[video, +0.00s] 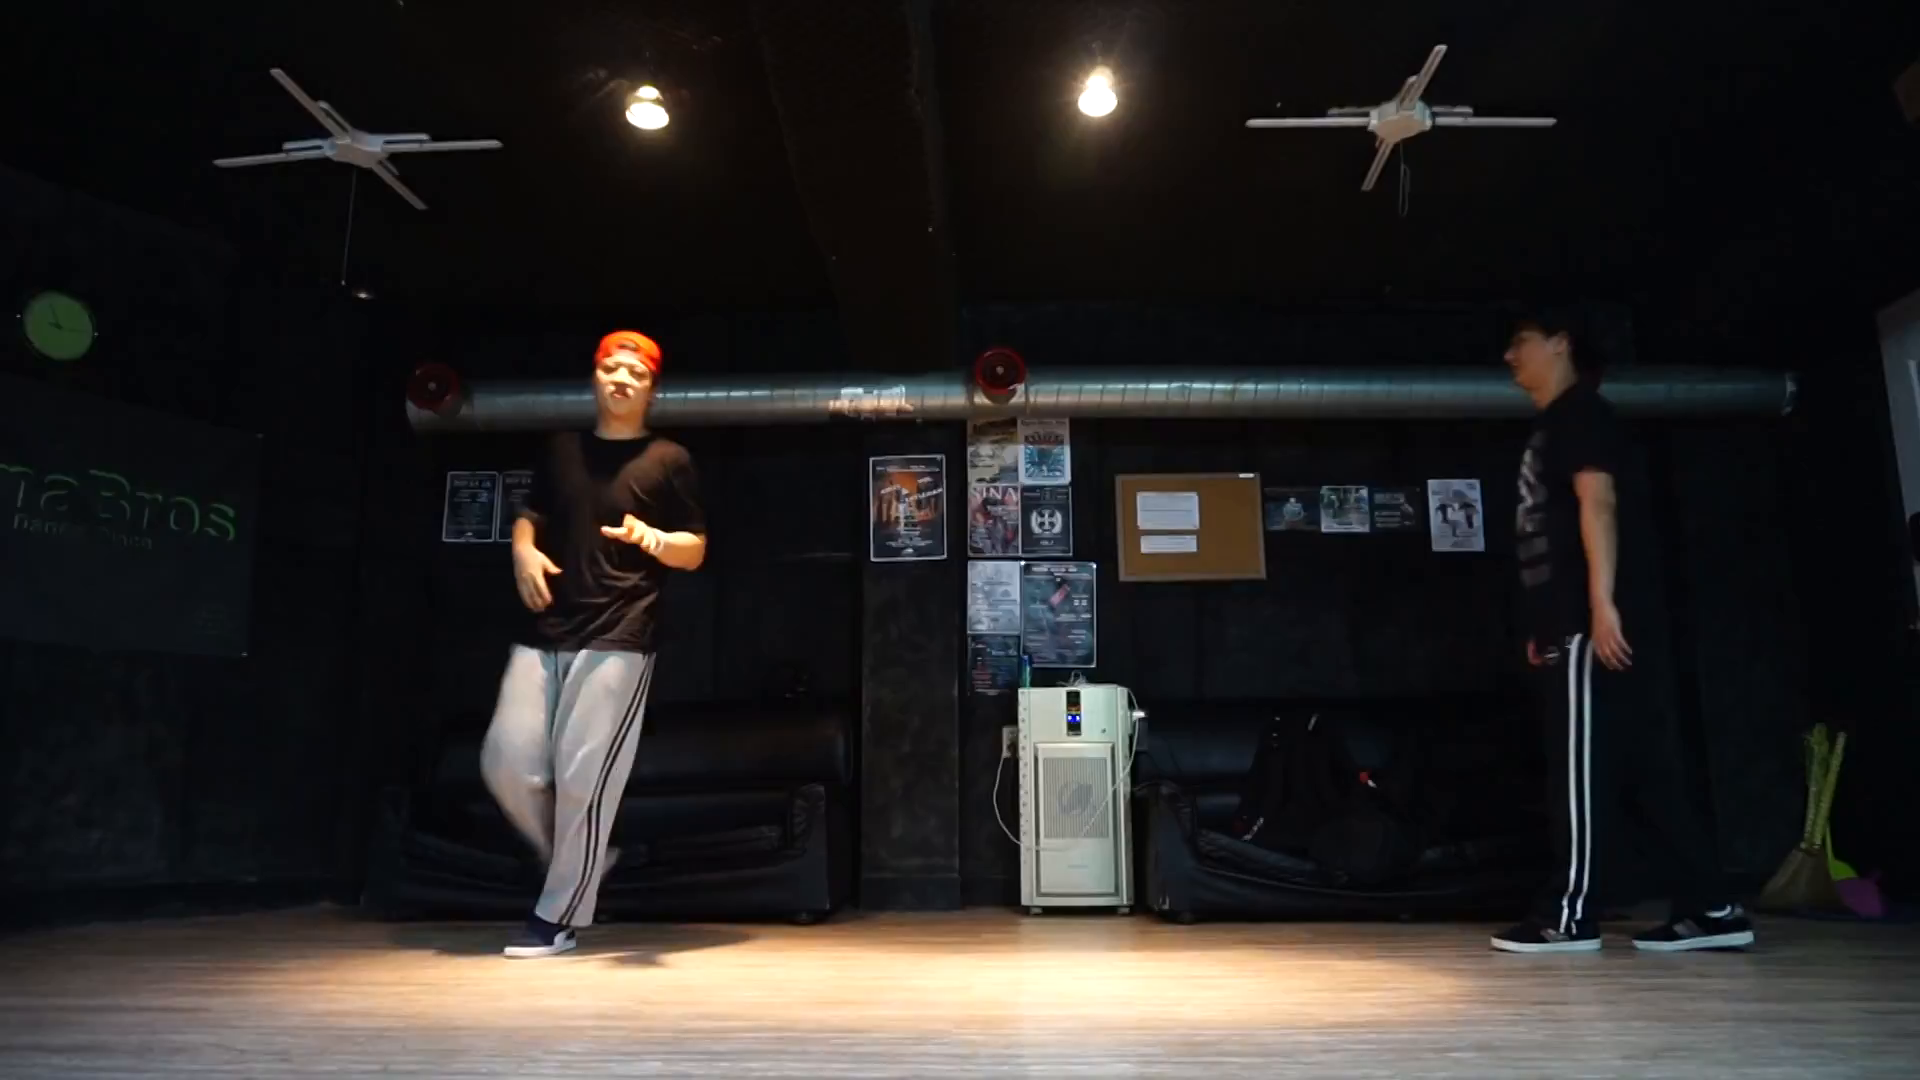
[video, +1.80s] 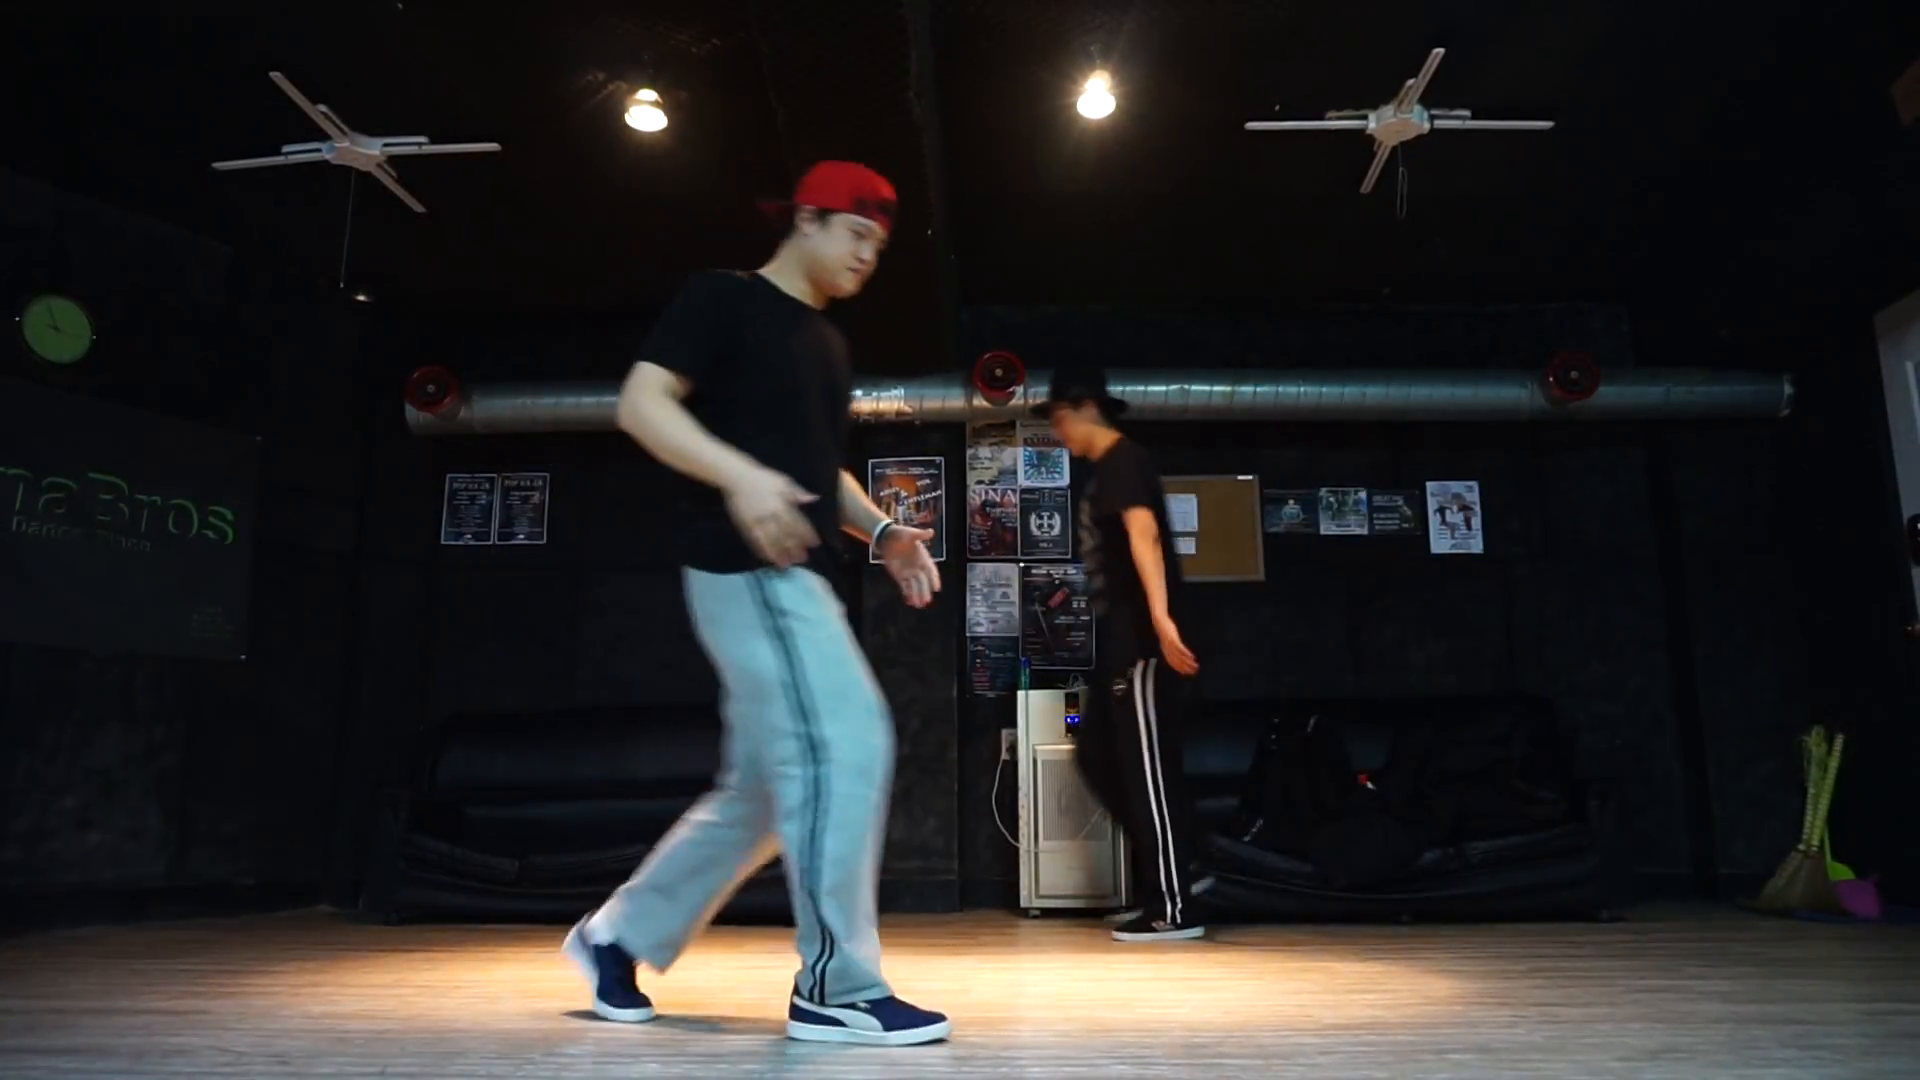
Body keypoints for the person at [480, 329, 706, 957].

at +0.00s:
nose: (620, 379)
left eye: (633, 372)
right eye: (611, 369)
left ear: (651, 387)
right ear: (594, 379)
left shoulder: (669, 461)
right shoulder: (562, 449)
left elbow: (694, 551)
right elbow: (527, 512)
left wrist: (655, 541)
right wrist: (523, 550)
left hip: (616, 638)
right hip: (545, 634)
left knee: (582, 777)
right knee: (508, 766)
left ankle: (559, 919)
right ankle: (587, 858)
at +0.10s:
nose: (608, 367)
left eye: (621, 359)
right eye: (597, 357)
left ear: (639, 376)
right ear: (578, 369)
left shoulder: (660, 450)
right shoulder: (545, 442)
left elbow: (694, 533)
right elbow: (509, 506)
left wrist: (650, 549)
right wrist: (509, 541)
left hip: (607, 634)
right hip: (530, 626)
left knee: (582, 781)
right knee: (493, 746)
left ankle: (557, 917)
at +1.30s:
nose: (718, 299)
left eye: (729, 289)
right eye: (707, 279)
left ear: (731, 298)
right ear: (661, 266)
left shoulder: (690, 381)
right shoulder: (584, 338)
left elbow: (688, 503)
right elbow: (525, 441)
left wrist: (751, 576)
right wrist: (499, 530)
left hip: (689, 604)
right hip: (599, 594)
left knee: (687, 788)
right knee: (621, 764)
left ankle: (598, 968)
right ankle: (516, 905)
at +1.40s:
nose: (736, 274)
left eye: (747, 264)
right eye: (725, 254)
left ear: (745, 274)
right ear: (680, 242)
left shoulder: (709, 363)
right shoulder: (604, 316)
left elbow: (712, 481)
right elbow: (547, 421)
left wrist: (775, 559)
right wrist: (527, 518)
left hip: (701, 586)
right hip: (623, 569)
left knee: (698, 773)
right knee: (672, 740)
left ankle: (601, 959)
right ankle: (579, 936)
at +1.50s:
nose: (759, 246)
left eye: (769, 235)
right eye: (747, 225)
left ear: (768, 246)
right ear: (700, 218)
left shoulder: (735, 340)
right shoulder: (628, 294)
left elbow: (736, 463)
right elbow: (568, 404)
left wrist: (804, 540)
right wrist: (566, 502)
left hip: (720, 570)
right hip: (647, 554)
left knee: (668, 754)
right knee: (708, 727)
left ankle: (590, 958)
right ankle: (703, 970)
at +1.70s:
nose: (828, 244)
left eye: (837, 233)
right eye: (815, 225)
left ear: (831, 244)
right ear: (763, 219)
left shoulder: (792, 339)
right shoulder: (693, 294)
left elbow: (785, 461)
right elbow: (610, 399)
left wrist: (861, 532)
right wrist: (682, 490)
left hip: (758, 580)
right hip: (704, 574)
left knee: (712, 783)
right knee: (789, 753)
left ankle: (595, 961)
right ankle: (830, 984)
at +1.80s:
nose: (866, 256)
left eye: (877, 245)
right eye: (855, 235)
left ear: (873, 253)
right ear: (805, 222)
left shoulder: (823, 341)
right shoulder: (723, 301)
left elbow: (815, 466)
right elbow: (640, 403)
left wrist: (881, 532)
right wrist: (739, 474)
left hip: (784, 577)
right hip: (746, 575)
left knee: (765, 783)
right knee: (845, 742)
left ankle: (618, 939)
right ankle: (836, 987)